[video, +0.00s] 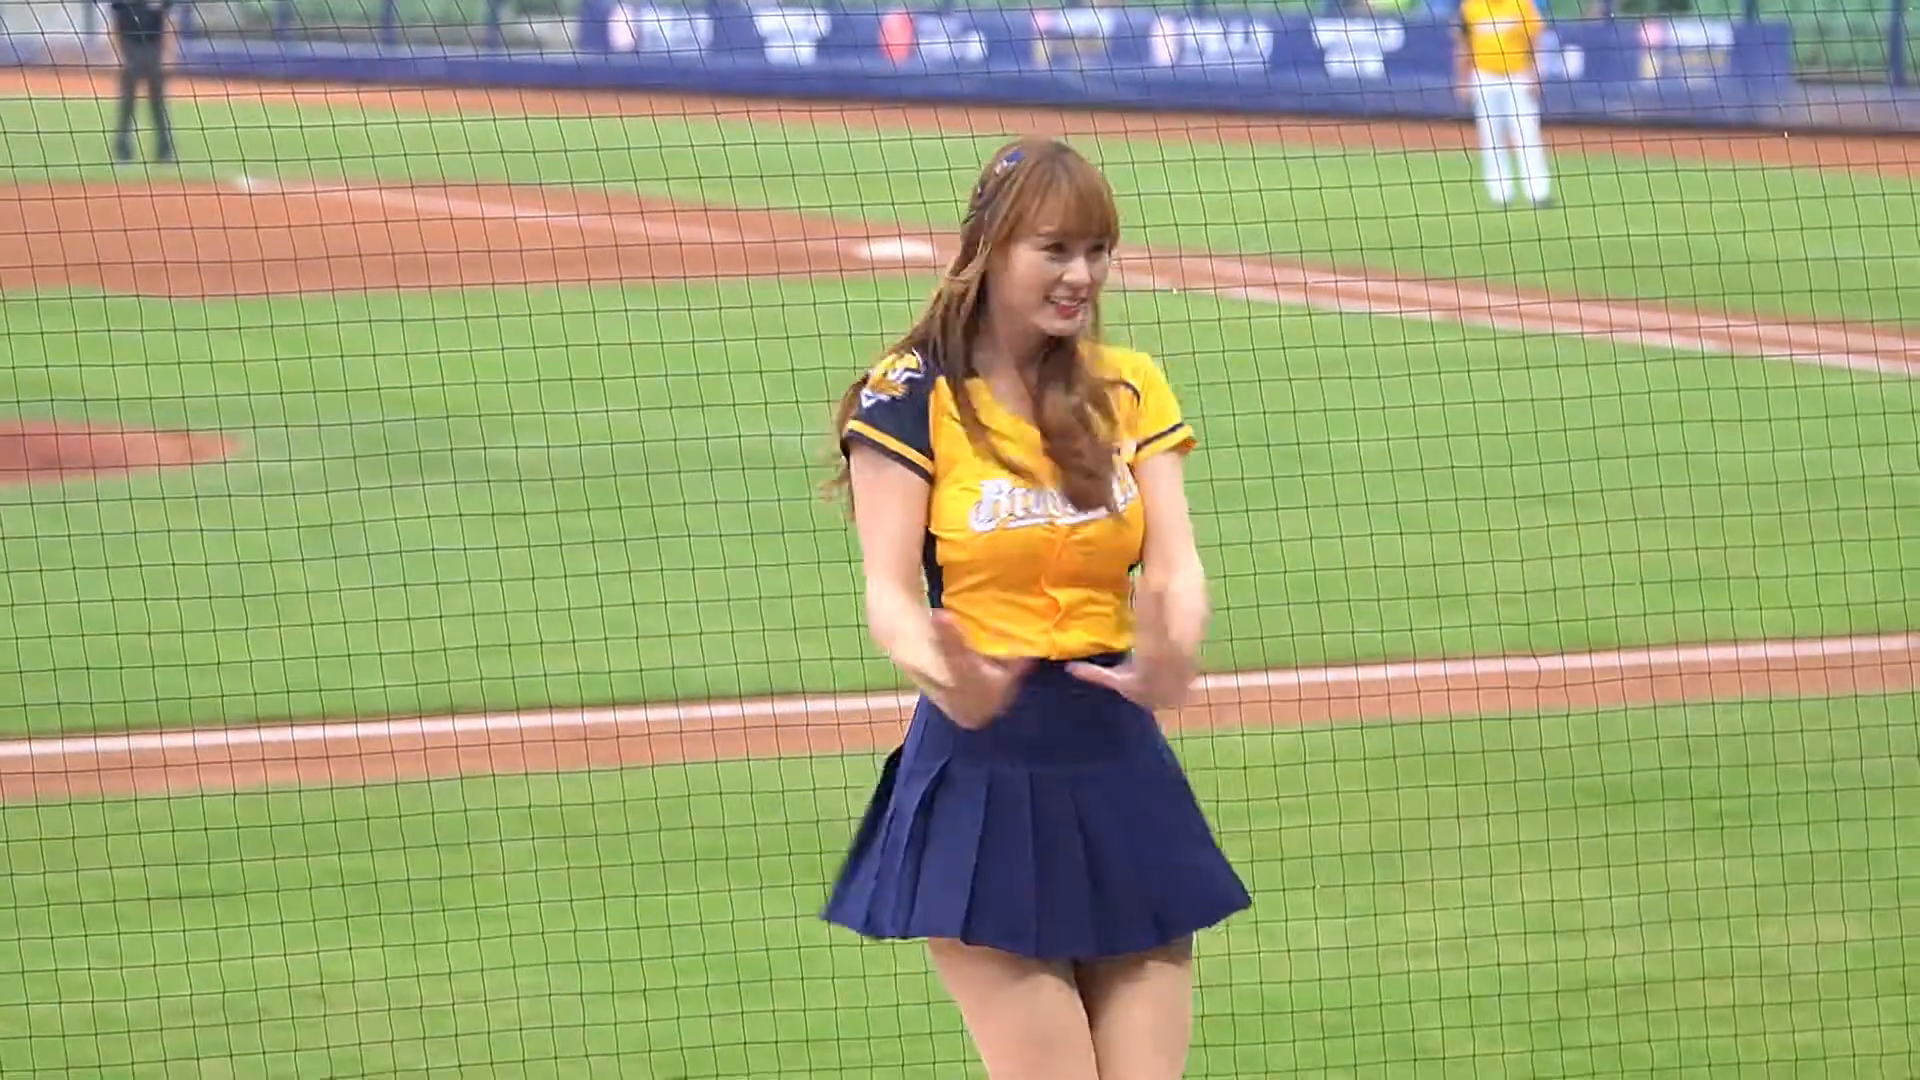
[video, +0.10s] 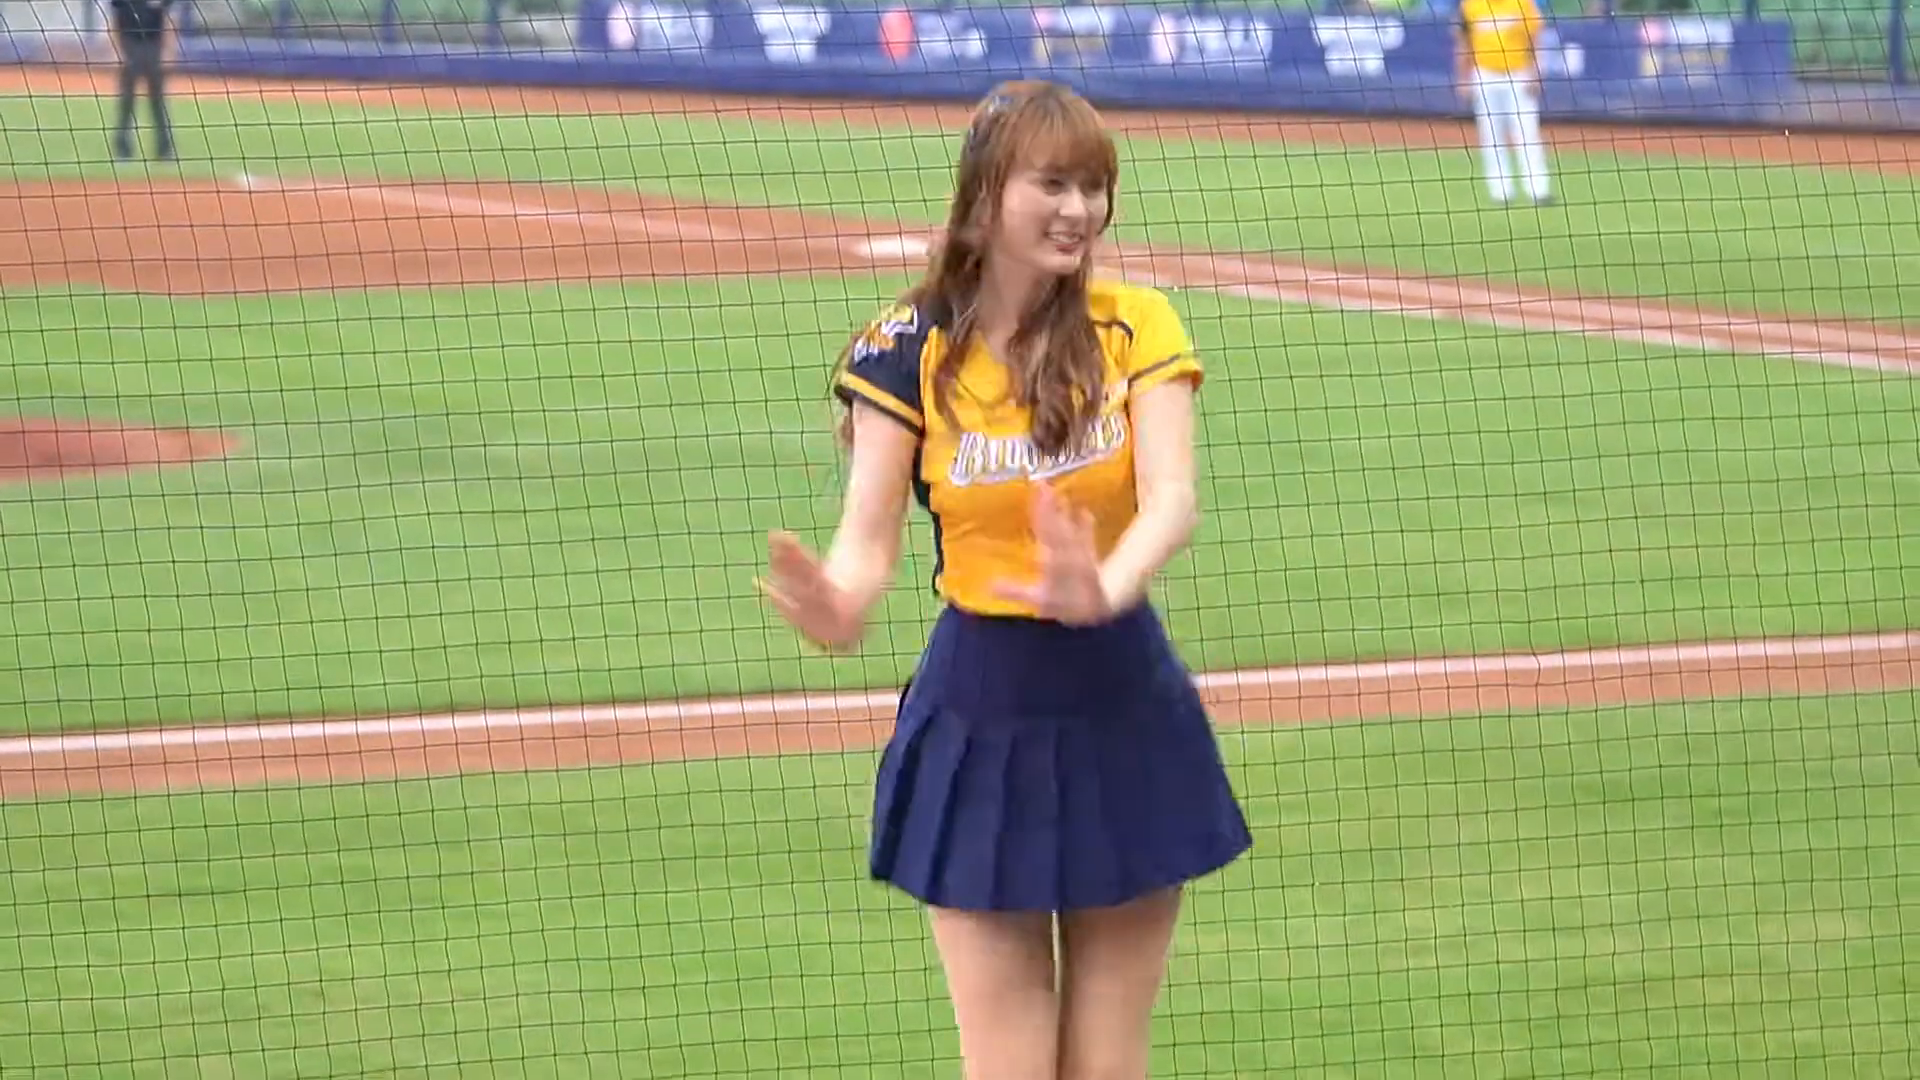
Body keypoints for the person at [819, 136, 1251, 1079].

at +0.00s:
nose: (1079, 275)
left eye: (1095, 252)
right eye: (1053, 250)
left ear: (1112, 258)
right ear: (986, 251)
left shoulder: (1128, 385)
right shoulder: (907, 394)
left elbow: (1172, 561)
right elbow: (892, 590)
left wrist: (1168, 657)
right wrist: (948, 674)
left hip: (1121, 739)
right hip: (981, 745)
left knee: (1146, 1063)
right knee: (1051, 1062)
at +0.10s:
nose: (1077, 207)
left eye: (1094, 185)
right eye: (1050, 182)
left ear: (1108, 200)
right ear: (985, 196)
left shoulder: (1139, 321)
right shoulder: (907, 348)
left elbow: (1171, 496)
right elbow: (868, 531)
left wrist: (1105, 589)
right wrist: (843, 607)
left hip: (1120, 696)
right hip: (979, 699)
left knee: (1107, 1059)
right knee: (1006, 1057)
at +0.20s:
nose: (1076, 207)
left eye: (1096, 187)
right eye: (1048, 181)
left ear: (1115, 206)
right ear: (981, 197)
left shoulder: (1140, 320)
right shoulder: (919, 340)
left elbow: (1130, 467)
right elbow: (821, 506)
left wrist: (1042, 547)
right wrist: (721, 579)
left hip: (1128, 705)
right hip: (982, 703)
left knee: (1095, 1059)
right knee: (982, 1057)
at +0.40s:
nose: (1099, 231)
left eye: (1115, 209)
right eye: (1069, 207)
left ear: (1131, 225)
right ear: (1007, 224)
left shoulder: (1154, 348)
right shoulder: (943, 365)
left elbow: (1094, 507)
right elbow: (838, 529)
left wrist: (1014, 654)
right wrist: (716, 669)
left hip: (1151, 708)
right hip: (1001, 699)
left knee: (1107, 1063)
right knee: (994, 1057)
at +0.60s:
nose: (1157, 249)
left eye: (1172, 225)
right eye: (1128, 228)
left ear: (1190, 238)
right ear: (1064, 247)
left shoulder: (1214, 342)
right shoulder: (1003, 393)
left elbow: (1197, 446)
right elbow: (895, 549)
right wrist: (773, 701)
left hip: (1180, 728)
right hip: (1042, 734)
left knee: (1235, 1051)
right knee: (1039, 1062)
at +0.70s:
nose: (1197, 207)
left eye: (1209, 174)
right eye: (1166, 184)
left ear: (1238, 179)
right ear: (1118, 204)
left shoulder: (1246, 317)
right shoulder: (1070, 324)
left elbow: (1284, 276)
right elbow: (910, 393)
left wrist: (1270, 220)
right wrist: (730, 451)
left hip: (1209, 688)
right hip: (1083, 682)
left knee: (1321, 1041)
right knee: (1050, 1052)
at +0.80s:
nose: (1253, 174)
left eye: (1266, 145)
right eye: (1222, 157)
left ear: (1285, 149)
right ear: (1166, 174)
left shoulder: (1300, 275)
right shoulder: (1124, 280)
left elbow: (1388, 150)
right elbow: (950, 229)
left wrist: (1463, 26)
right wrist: (797, 158)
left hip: (1255, 665)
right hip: (1129, 656)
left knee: (1351, 1052)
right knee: (1051, 1042)